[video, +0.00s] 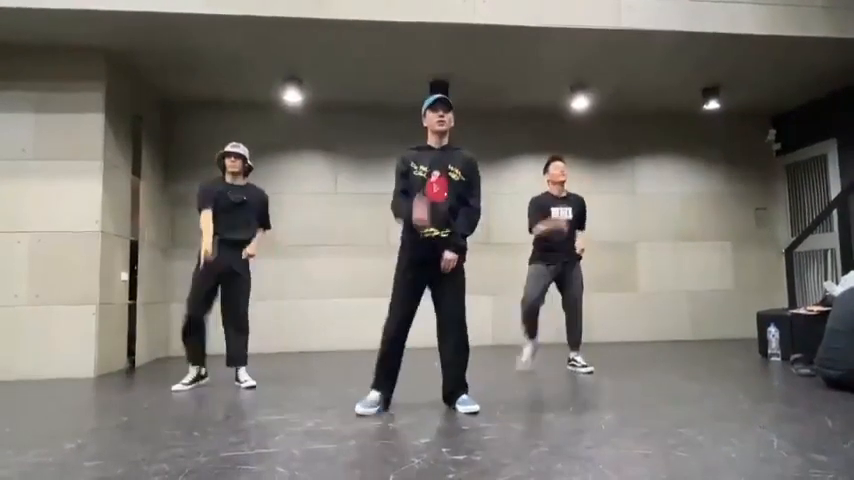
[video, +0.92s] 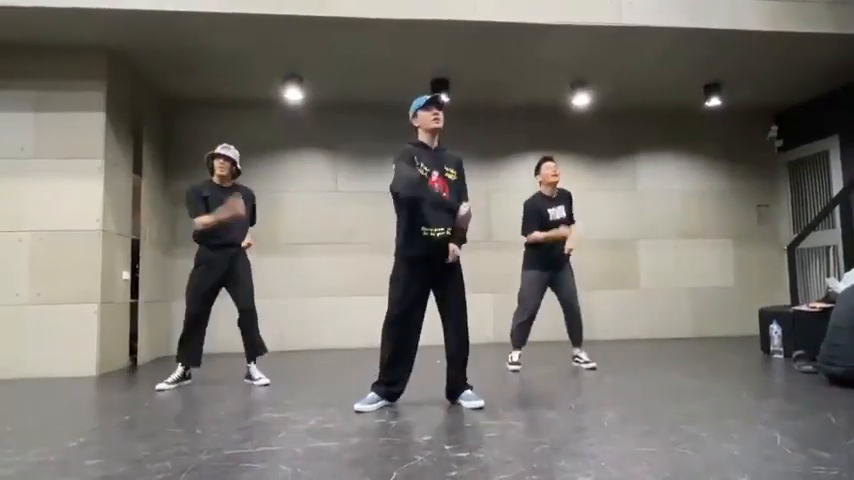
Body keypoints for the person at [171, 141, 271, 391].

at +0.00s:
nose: (232, 161)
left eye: (237, 158)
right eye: (229, 157)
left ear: (246, 163)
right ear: (222, 162)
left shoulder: (258, 195)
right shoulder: (210, 189)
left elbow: (262, 227)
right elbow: (206, 219)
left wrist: (253, 245)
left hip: (238, 258)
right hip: (212, 255)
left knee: (237, 315)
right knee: (194, 311)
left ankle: (240, 369)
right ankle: (197, 368)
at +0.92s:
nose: (222, 164)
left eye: (227, 161)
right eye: (219, 159)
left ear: (235, 167)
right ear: (212, 163)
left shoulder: (245, 194)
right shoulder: (198, 191)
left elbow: (248, 224)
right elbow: (197, 222)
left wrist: (247, 238)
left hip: (236, 258)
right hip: (208, 258)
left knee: (247, 309)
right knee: (194, 312)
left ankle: (251, 366)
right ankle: (184, 369)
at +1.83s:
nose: (218, 166)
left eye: (223, 162)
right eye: (214, 163)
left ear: (232, 168)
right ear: (209, 169)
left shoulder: (247, 196)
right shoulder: (206, 199)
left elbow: (270, 220)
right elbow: (206, 228)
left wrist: (254, 245)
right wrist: (185, 243)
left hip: (241, 265)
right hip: (214, 267)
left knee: (254, 318)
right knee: (197, 319)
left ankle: (263, 366)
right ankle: (185, 372)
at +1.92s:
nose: (226, 163)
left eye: (231, 159)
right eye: (223, 159)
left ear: (240, 165)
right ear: (217, 165)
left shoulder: (257, 193)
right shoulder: (209, 195)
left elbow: (275, 222)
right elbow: (202, 226)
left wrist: (264, 245)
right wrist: (188, 238)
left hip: (248, 265)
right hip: (218, 265)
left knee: (257, 319)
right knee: (202, 318)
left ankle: (264, 369)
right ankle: (189, 371)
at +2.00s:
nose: (232, 161)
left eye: (236, 157)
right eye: (228, 157)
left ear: (245, 163)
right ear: (222, 163)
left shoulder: (261, 192)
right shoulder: (210, 192)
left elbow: (275, 224)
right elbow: (198, 221)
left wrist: (269, 241)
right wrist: (191, 225)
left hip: (250, 261)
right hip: (220, 261)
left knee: (257, 315)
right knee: (205, 314)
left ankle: (263, 368)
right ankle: (192, 368)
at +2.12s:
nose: (240, 168)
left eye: (244, 164)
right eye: (235, 164)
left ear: (251, 169)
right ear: (229, 168)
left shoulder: (258, 200)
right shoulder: (216, 194)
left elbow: (267, 234)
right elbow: (212, 226)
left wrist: (254, 217)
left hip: (248, 262)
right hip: (220, 262)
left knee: (261, 315)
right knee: (207, 315)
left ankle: (263, 370)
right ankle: (193, 370)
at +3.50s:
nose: (217, 164)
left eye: (222, 160)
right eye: (213, 161)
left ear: (231, 165)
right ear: (208, 167)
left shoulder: (245, 191)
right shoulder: (203, 196)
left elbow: (260, 226)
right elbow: (190, 225)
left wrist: (267, 208)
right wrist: (165, 209)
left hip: (235, 261)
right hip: (208, 261)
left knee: (249, 315)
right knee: (199, 316)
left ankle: (266, 367)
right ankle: (192, 371)